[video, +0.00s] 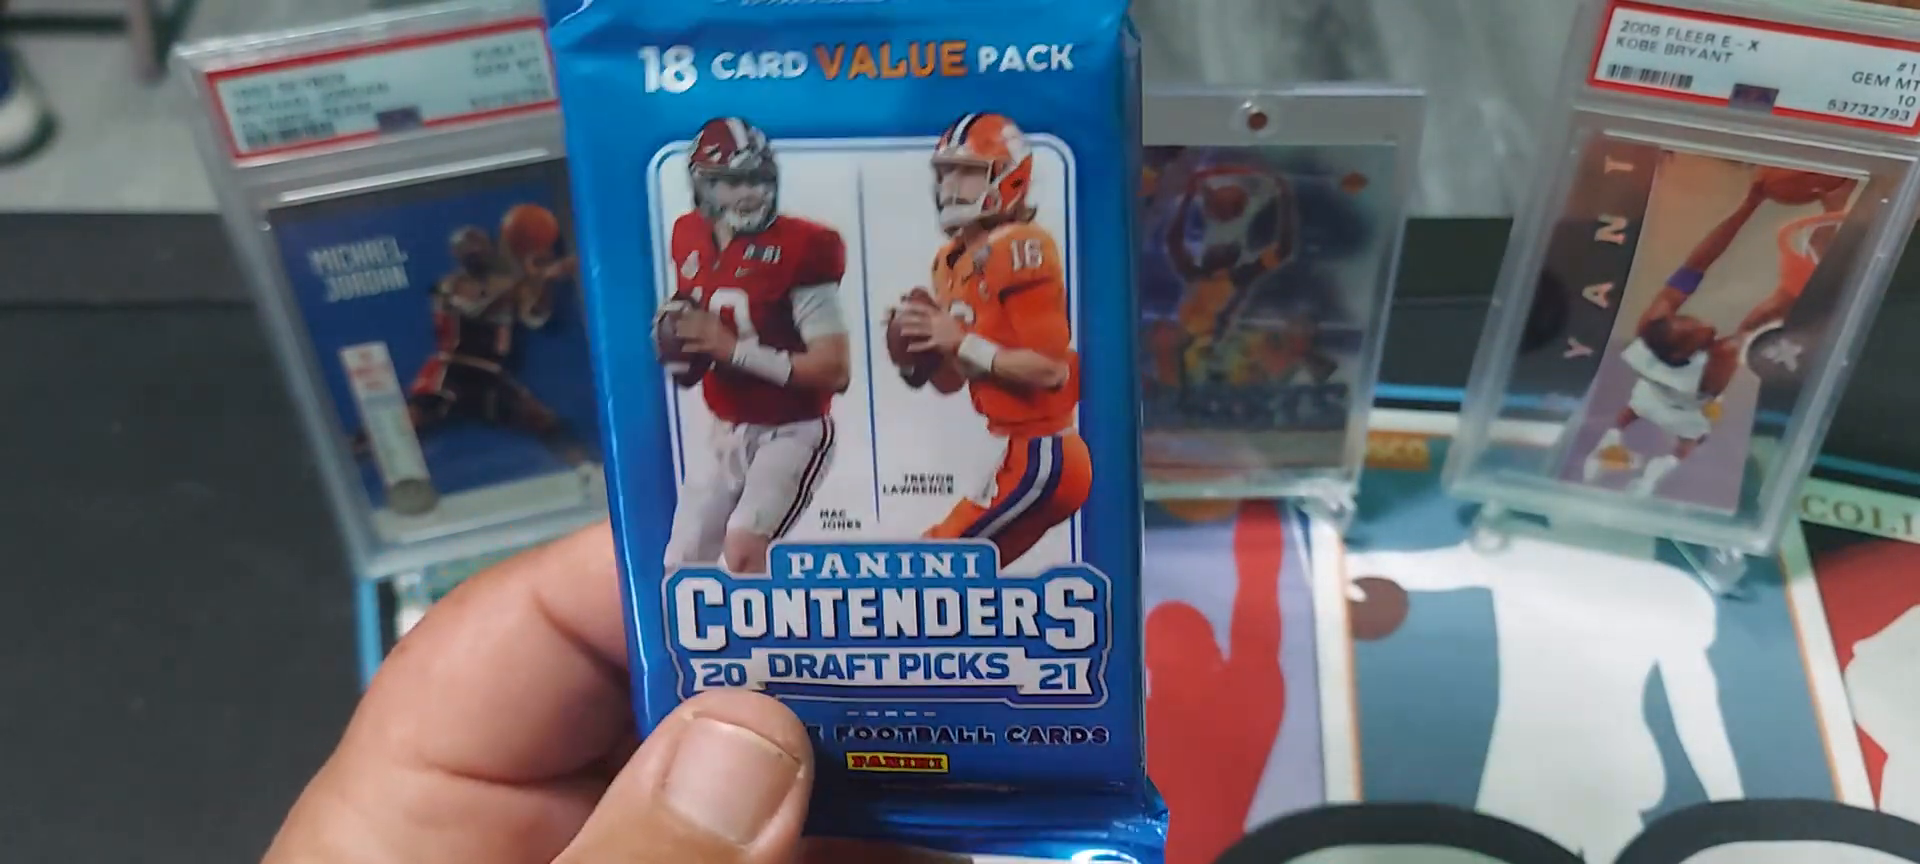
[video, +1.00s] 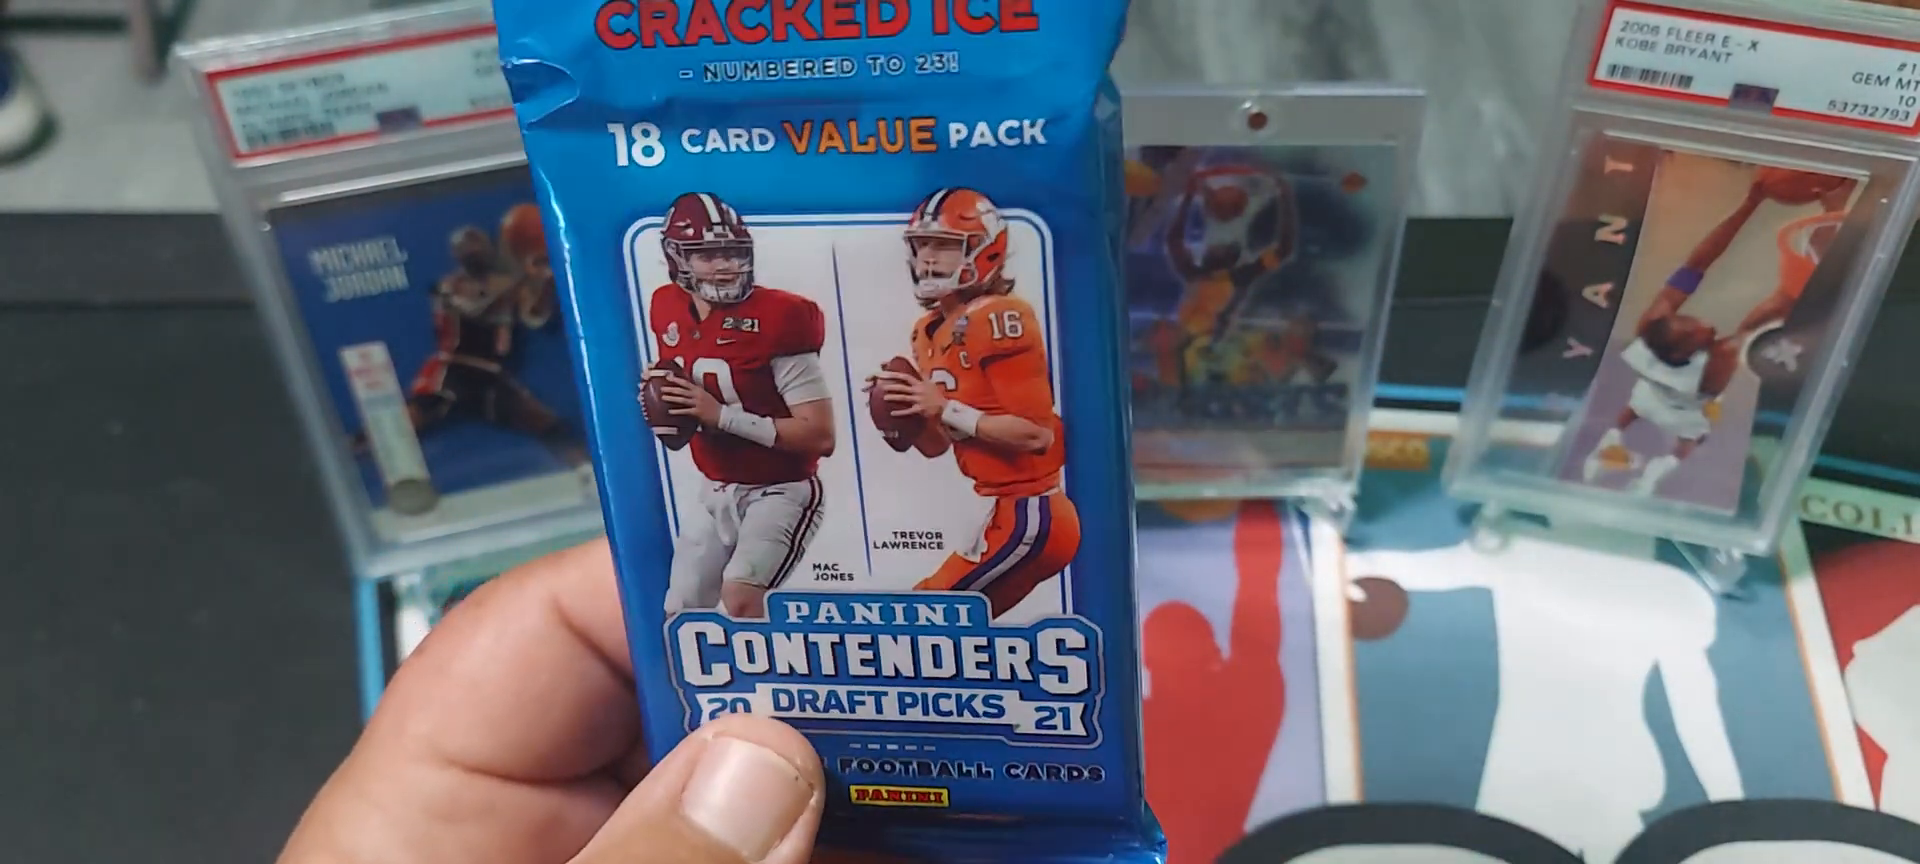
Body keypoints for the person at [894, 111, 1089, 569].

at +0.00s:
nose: (952, 187)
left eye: (970, 173)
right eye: (947, 173)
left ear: (1007, 178)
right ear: (937, 177)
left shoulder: (1020, 247)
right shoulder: (949, 260)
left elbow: (1050, 368)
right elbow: (950, 380)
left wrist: (957, 340)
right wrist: (920, 349)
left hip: (1042, 457)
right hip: (1012, 453)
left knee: (928, 572)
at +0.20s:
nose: (925, 165)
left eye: (941, 152)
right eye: (919, 152)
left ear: (978, 157)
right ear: (909, 156)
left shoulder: (993, 221)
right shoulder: (924, 237)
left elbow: (1024, 340)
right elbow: (928, 352)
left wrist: (935, 313)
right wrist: (900, 319)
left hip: (1020, 424)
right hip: (991, 422)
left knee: (909, 542)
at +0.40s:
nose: (936, 160)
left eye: (951, 147)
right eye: (930, 147)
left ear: (988, 152)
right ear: (921, 150)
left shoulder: (1001, 214)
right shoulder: (932, 229)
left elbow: (1031, 333)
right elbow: (934, 346)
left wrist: (946, 307)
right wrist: (905, 308)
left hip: (1026, 418)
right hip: (1002, 416)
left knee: (915, 535)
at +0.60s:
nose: (951, 185)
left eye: (966, 172)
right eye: (945, 171)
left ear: (1003, 177)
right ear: (935, 175)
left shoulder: (1015, 243)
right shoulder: (946, 255)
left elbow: (1046, 362)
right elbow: (946, 374)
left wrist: (958, 335)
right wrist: (915, 335)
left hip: (1037, 448)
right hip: (1014, 444)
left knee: (925, 563)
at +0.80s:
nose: (961, 212)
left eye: (977, 199)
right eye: (956, 198)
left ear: (1014, 204)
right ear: (946, 202)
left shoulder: (1028, 273)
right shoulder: (956, 284)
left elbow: (1055, 390)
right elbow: (953, 402)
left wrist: (966, 363)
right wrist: (926, 360)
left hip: (1045, 478)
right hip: (1017, 473)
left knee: (930, 587)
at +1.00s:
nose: (927, 260)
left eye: (944, 248)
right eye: (921, 247)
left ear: (984, 252)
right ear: (912, 251)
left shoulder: (1002, 318)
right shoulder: (928, 331)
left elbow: (1035, 433)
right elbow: (934, 444)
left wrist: (942, 407)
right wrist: (900, 411)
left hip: (1031, 517)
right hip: (1003, 513)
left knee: (917, 620)